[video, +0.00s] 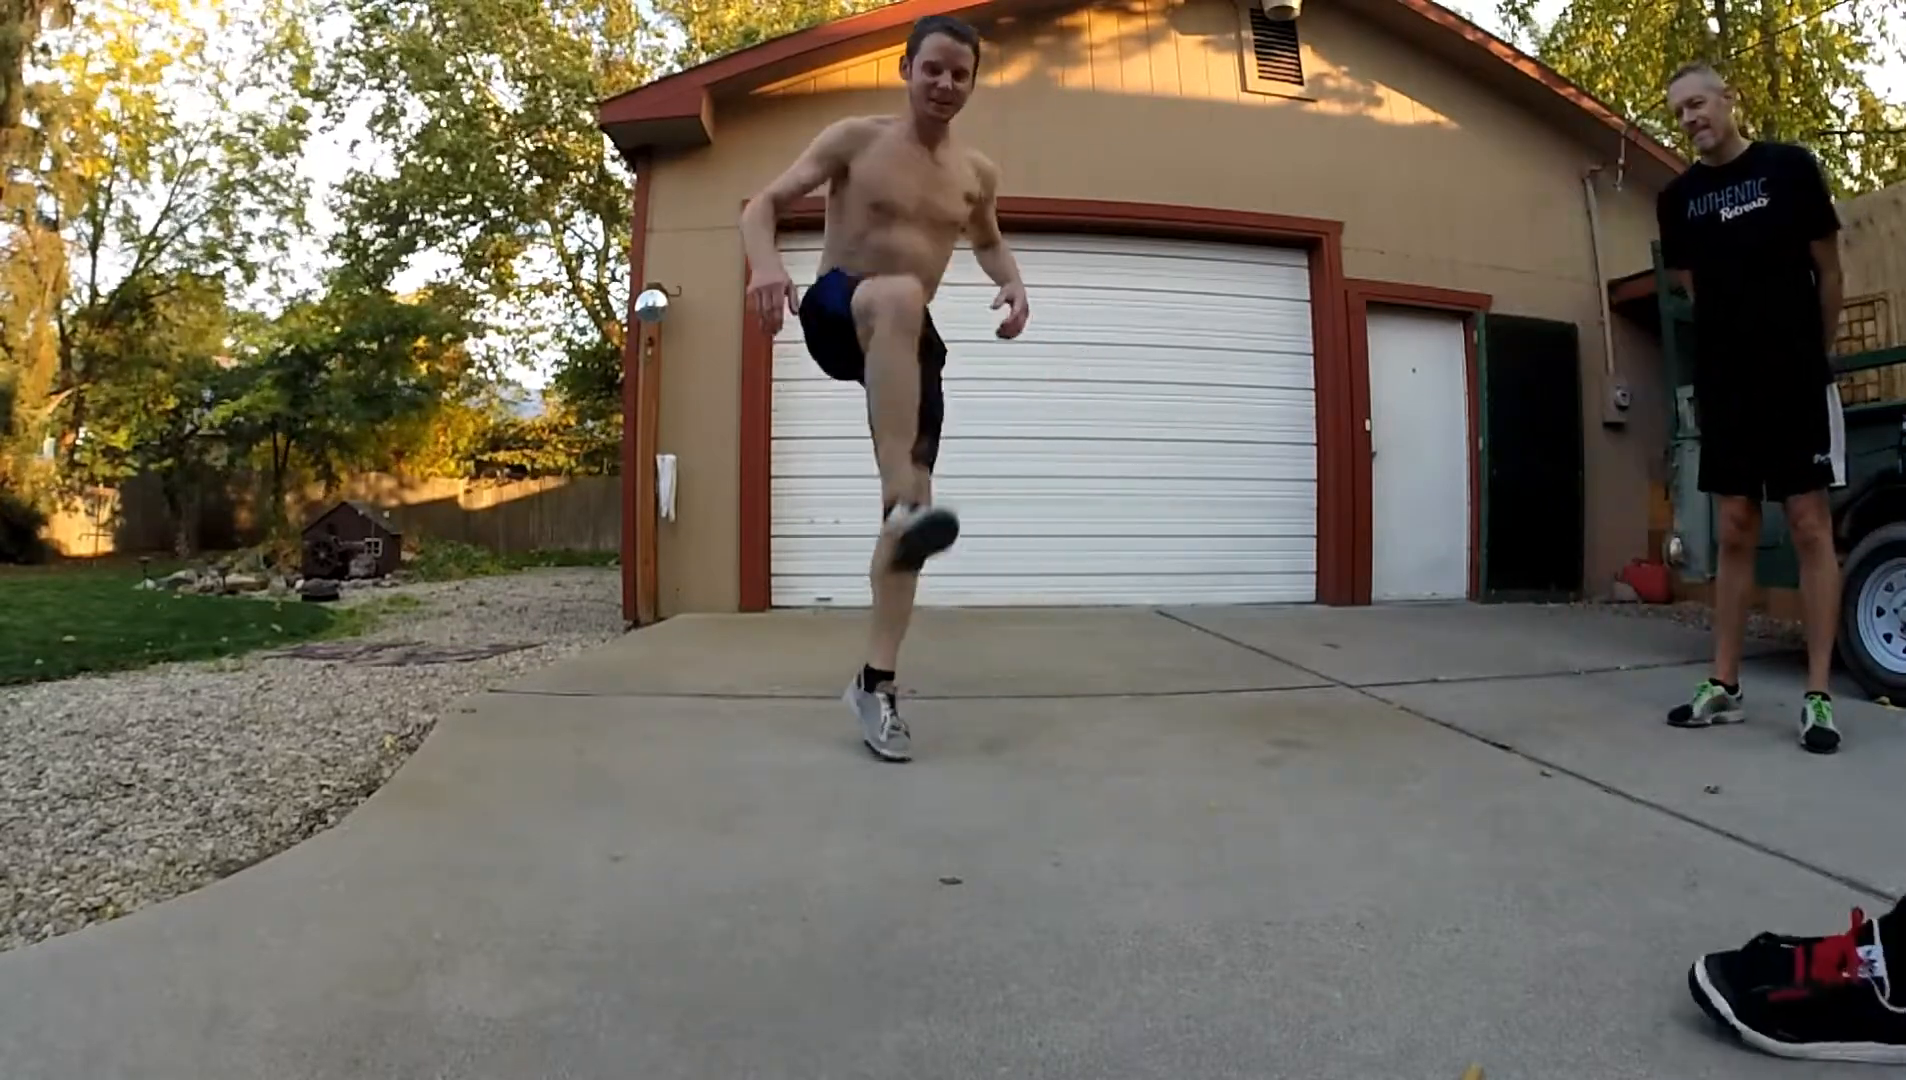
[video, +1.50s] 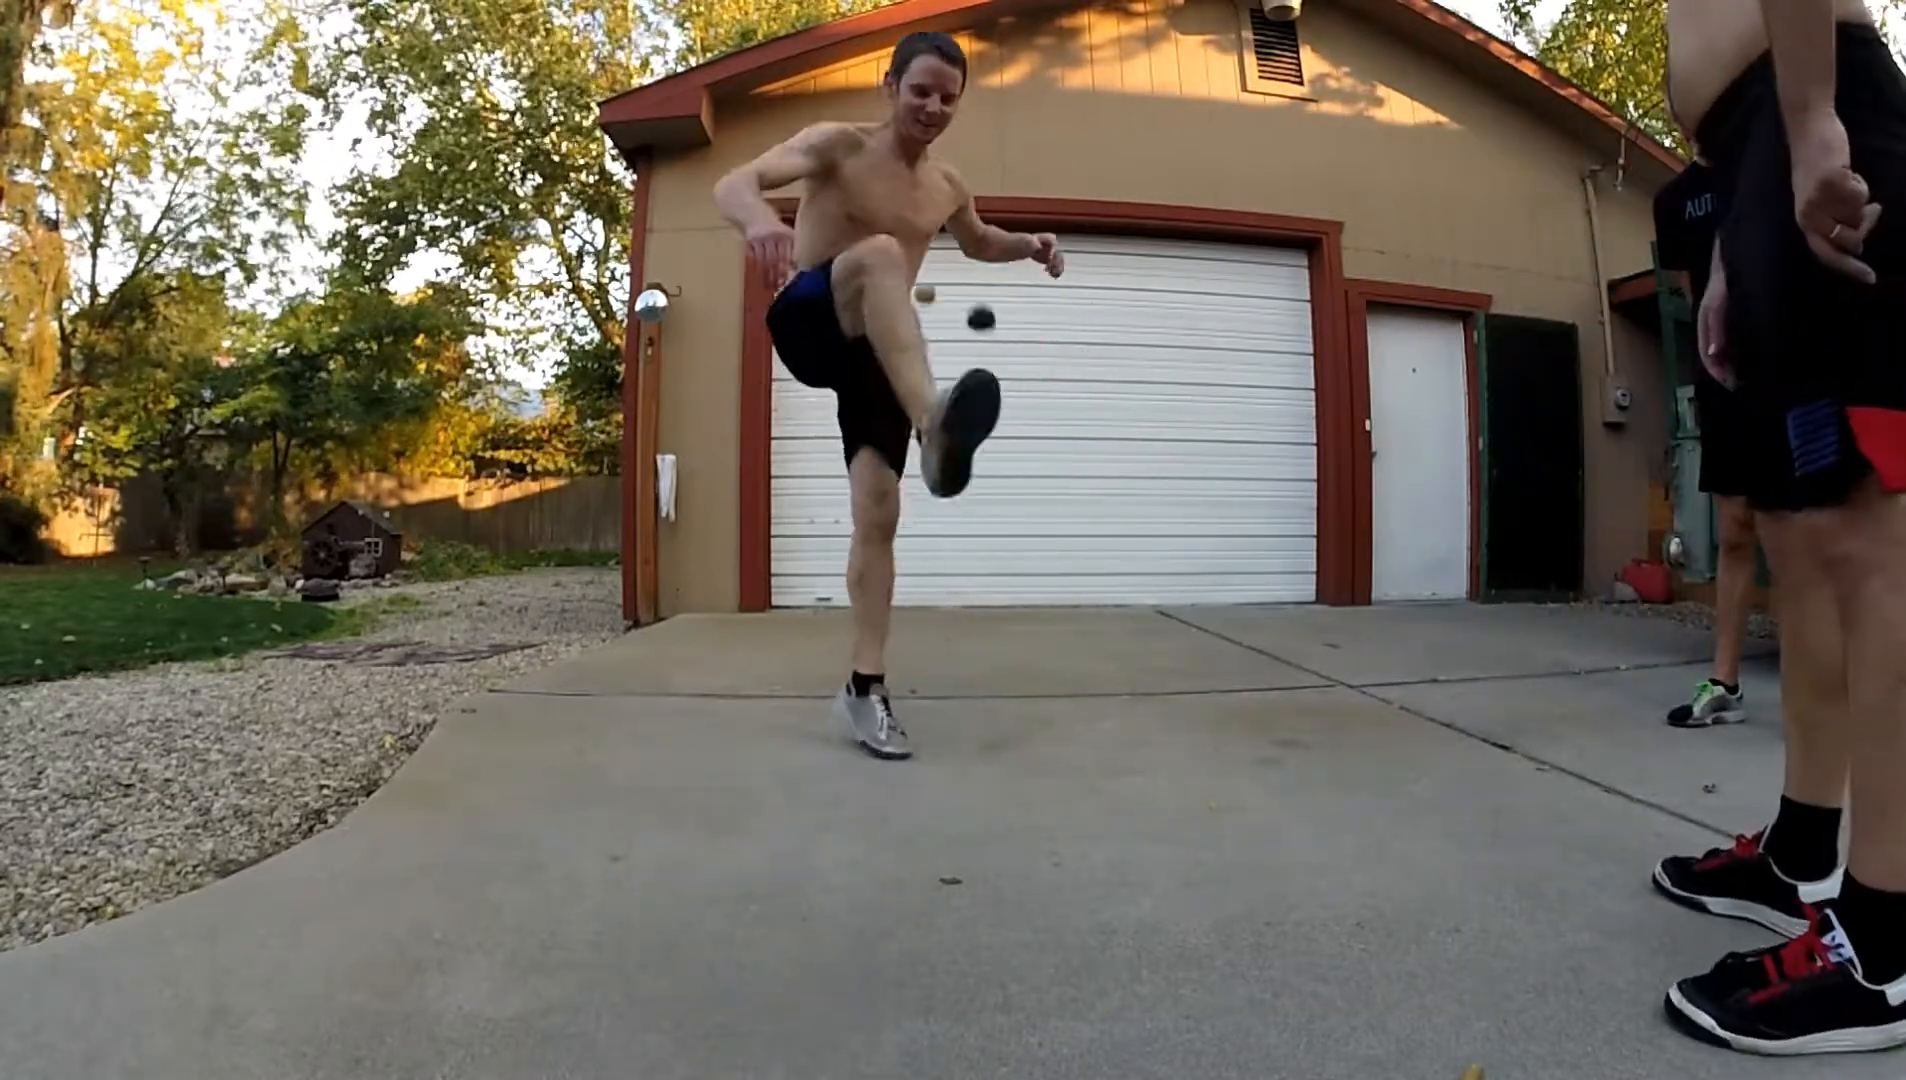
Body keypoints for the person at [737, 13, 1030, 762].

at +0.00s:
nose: (943, 84)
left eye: (958, 73)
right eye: (931, 69)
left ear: (972, 83)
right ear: (907, 72)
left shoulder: (976, 172)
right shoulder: (853, 138)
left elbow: (989, 244)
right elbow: (761, 206)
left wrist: (1015, 288)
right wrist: (764, 265)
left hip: (917, 334)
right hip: (839, 317)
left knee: (910, 509)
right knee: (900, 294)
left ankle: (876, 684)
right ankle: (903, 502)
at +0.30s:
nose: (922, 124)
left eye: (935, 114)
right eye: (910, 109)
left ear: (947, 126)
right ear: (884, 113)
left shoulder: (957, 215)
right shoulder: (831, 186)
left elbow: (1000, 288)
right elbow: (759, 273)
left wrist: (1047, 297)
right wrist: (770, 348)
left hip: (910, 364)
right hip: (833, 351)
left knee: (913, 550)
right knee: (903, 409)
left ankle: (855, 706)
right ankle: (956, 609)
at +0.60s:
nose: (923, 85)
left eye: (936, 76)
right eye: (910, 71)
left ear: (949, 87)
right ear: (883, 75)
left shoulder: (952, 172)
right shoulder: (832, 145)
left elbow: (975, 245)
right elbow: (757, 229)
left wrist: (1027, 262)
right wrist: (762, 290)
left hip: (902, 336)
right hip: (829, 315)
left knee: (889, 519)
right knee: (886, 372)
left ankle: (854, 690)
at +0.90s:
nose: (925, 124)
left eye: (938, 115)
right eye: (914, 109)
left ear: (949, 124)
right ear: (883, 106)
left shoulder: (947, 207)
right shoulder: (829, 174)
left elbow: (992, 267)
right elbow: (750, 252)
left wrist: (1029, 271)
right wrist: (765, 329)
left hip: (891, 367)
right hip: (820, 344)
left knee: (890, 533)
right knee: (907, 343)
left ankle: (847, 703)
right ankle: (980, 532)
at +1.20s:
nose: (924, 111)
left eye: (937, 101)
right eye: (912, 96)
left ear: (947, 112)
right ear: (883, 99)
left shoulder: (940, 204)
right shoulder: (831, 169)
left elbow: (945, 290)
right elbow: (760, 255)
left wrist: (999, 313)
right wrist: (759, 340)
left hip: (900, 362)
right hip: (829, 350)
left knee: (928, 535)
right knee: (898, 455)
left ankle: (857, 700)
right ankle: (919, 671)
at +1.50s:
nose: (933, 107)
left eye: (947, 98)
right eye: (922, 90)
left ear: (958, 105)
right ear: (892, 85)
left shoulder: (947, 186)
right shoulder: (835, 144)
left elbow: (979, 242)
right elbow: (733, 185)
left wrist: (1028, 244)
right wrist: (757, 221)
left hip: (883, 351)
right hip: (809, 334)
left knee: (877, 514)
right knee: (877, 259)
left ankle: (865, 689)